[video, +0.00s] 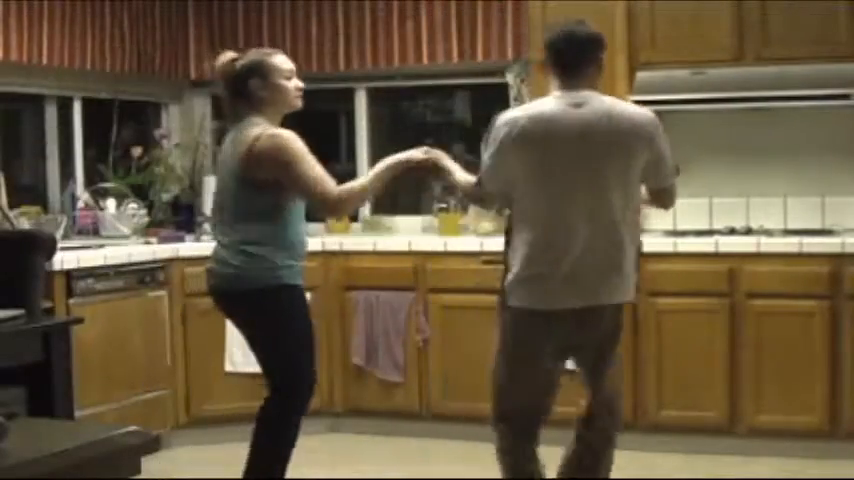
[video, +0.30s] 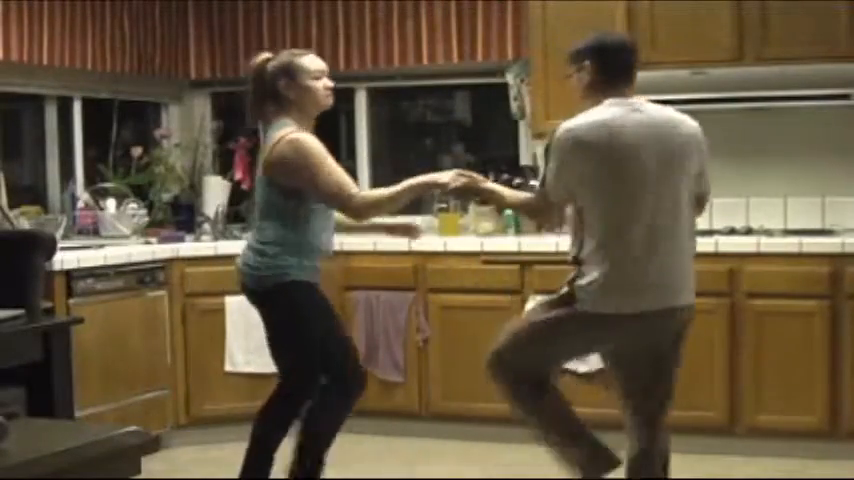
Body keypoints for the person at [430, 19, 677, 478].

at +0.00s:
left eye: (553, 64)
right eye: (598, 63)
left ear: (548, 65)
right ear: (600, 64)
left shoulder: (514, 125)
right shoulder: (639, 123)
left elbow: (486, 194)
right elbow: (664, 195)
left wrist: (444, 165)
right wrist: (620, 181)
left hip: (533, 300)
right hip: (606, 298)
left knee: (517, 427)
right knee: (604, 406)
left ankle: (525, 477)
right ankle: (580, 476)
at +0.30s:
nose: (573, 83)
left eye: (576, 73)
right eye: (574, 74)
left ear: (591, 72)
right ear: (632, 74)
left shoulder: (576, 134)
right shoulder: (685, 128)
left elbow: (545, 211)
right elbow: (697, 202)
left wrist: (484, 188)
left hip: (605, 302)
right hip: (673, 300)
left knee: (511, 364)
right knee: (649, 423)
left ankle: (593, 463)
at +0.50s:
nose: (574, 84)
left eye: (576, 73)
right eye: (575, 74)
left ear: (590, 74)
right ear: (630, 76)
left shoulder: (586, 131)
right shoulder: (677, 129)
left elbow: (568, 219)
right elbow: (669, 211)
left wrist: (521, 200)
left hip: (621, 305)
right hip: (680, 302)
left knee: (554, 408)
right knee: (651, 433)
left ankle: (615, 473)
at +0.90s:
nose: (524, 86)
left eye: (526, 75)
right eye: (523, 76)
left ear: (541, 74)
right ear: (579, 75)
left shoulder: (542, 124)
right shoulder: (629, 129)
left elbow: (540, 205)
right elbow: (652, 208)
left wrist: (469, 218)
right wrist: (586, 212)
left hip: (589, 308)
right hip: (639, 302)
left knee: (604, 435)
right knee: (589, 433)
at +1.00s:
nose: (512, 89)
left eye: (516, 77)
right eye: (513, 77)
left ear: (532, 75)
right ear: (569, 76)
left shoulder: (526, 128)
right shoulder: (621, 130)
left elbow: (500, 213)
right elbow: (647, 206)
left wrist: (426, 217)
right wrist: (579, 216)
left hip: (568, 308)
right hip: (625, 302)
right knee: (578, 432)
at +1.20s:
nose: (565, 94)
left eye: (575, 83)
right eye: (558, 87)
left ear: (606, 83)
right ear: (552, 95)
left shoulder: (632, 139)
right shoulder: (558, 148)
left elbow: (706, 169)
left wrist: (628, 128)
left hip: (655, 282)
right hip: (595, 285)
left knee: (665, 402)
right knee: (587, 404)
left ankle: (699, 474)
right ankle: (615, 472)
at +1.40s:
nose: (575, 90)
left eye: (581, 80)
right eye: (575, 80)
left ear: (605, 84)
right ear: (611, 86)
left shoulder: (647, 136)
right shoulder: (588, 138)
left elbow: (647, 188)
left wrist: (581, 135)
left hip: (667, 291)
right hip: (613, 300)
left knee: (664, 405)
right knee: (610, 407)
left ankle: (733, 472)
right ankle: (674, 476)